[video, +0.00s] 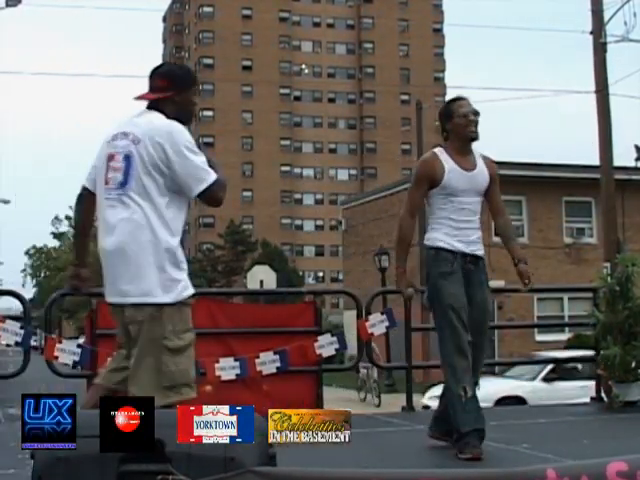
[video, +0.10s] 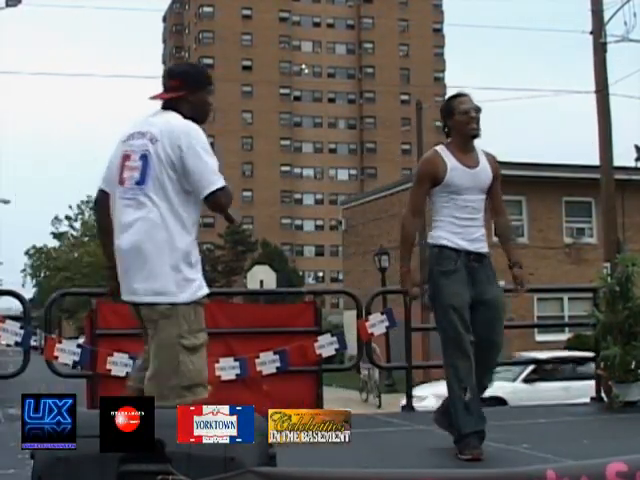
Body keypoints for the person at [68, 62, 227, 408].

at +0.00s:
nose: (196, 104)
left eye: (196, 96)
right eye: (192, 96)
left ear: (155, 97)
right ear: (174, 97)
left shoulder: (117, 134)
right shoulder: (170, 133)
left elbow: (86, 199)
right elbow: (215, 194)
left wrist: (79, 264)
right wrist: (201, 159)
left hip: (120, 280)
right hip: (159, 281)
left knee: (130, 357)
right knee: (171, 383)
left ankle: (86, 415)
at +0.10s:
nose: (211, 104)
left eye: (211, 96)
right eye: (207, 95)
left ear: (170, 97)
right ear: (187, 97)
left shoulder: (132, 134)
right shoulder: (185, 132)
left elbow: (103, 203)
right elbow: (219, 199)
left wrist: (114, 269)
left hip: (135, 279)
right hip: (172, 280)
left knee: (157, 364)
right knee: (180, 385)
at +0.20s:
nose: (225, 104)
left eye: (225, 96)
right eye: (220, 97)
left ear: (185, 97)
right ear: (201, 98)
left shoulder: (146, 135)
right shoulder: (199, 133)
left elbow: (120, 204)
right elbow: (218, 202)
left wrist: (139, 253)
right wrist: (241, 216)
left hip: (151, 278)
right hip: (185, 280)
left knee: (179, 377)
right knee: (190, 383)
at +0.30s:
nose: (243, 108)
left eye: (242, 100)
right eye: (238, 100)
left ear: (204, 100)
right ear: (216, 100)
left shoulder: (167, 135)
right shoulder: (211, 135)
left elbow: (139, 205)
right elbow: (217, 201)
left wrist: (163, 246)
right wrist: (250, 218)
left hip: (166, 277)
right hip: (196, 280)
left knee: (185, 374)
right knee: (201, 381)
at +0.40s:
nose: (260, 111)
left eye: (259, 103)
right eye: (254, 103)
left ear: (222, 103)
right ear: (229, 103)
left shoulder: (190, 137)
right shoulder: (223, 137)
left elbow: (161, 208)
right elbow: (221, 200)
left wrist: (179, 258)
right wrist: (261, 220)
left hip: (189, 282)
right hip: (208, 284)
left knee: (231, 385)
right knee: (203, 387)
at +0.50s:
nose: (275, 113)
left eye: (275, 105)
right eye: (269, 105)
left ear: (241, 107)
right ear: (245, 106)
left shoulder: (219, 140)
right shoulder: (233, 138)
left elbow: (209, 209)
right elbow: (227, 197)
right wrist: (273, 222)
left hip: (228, 284)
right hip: (221, 286)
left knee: (253, 378)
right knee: (211, 385)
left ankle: (267, 448)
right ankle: (191, 462)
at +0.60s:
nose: (291, 114)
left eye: (291, 107)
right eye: (285, 106)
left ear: (263, 107)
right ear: (261, 105)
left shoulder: (253, 142)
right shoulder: (243, 137)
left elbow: (236, 206)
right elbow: (233, 195)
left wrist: (277, 231)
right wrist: (285, 219)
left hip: (252, 279)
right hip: (238, 280)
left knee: (271, 375)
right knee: (235, 376)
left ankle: (279, 449)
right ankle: (203, 453)